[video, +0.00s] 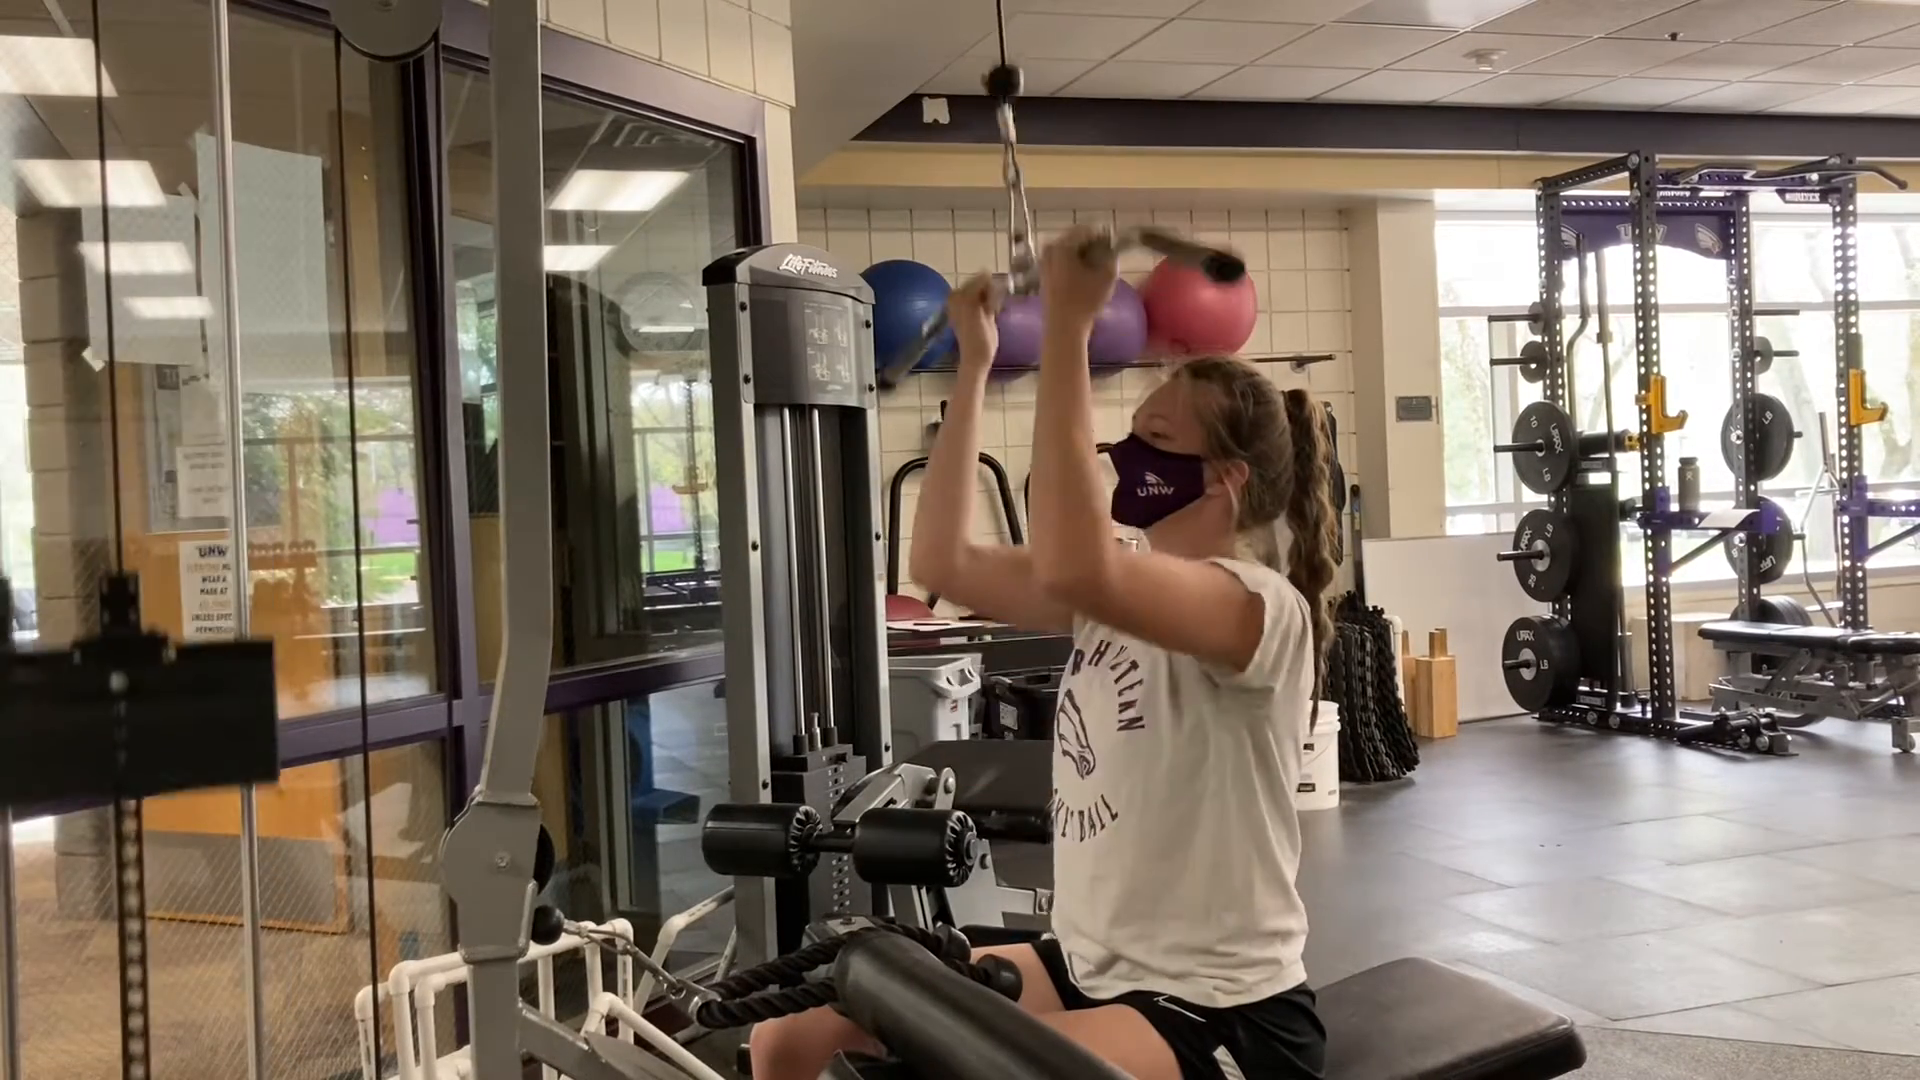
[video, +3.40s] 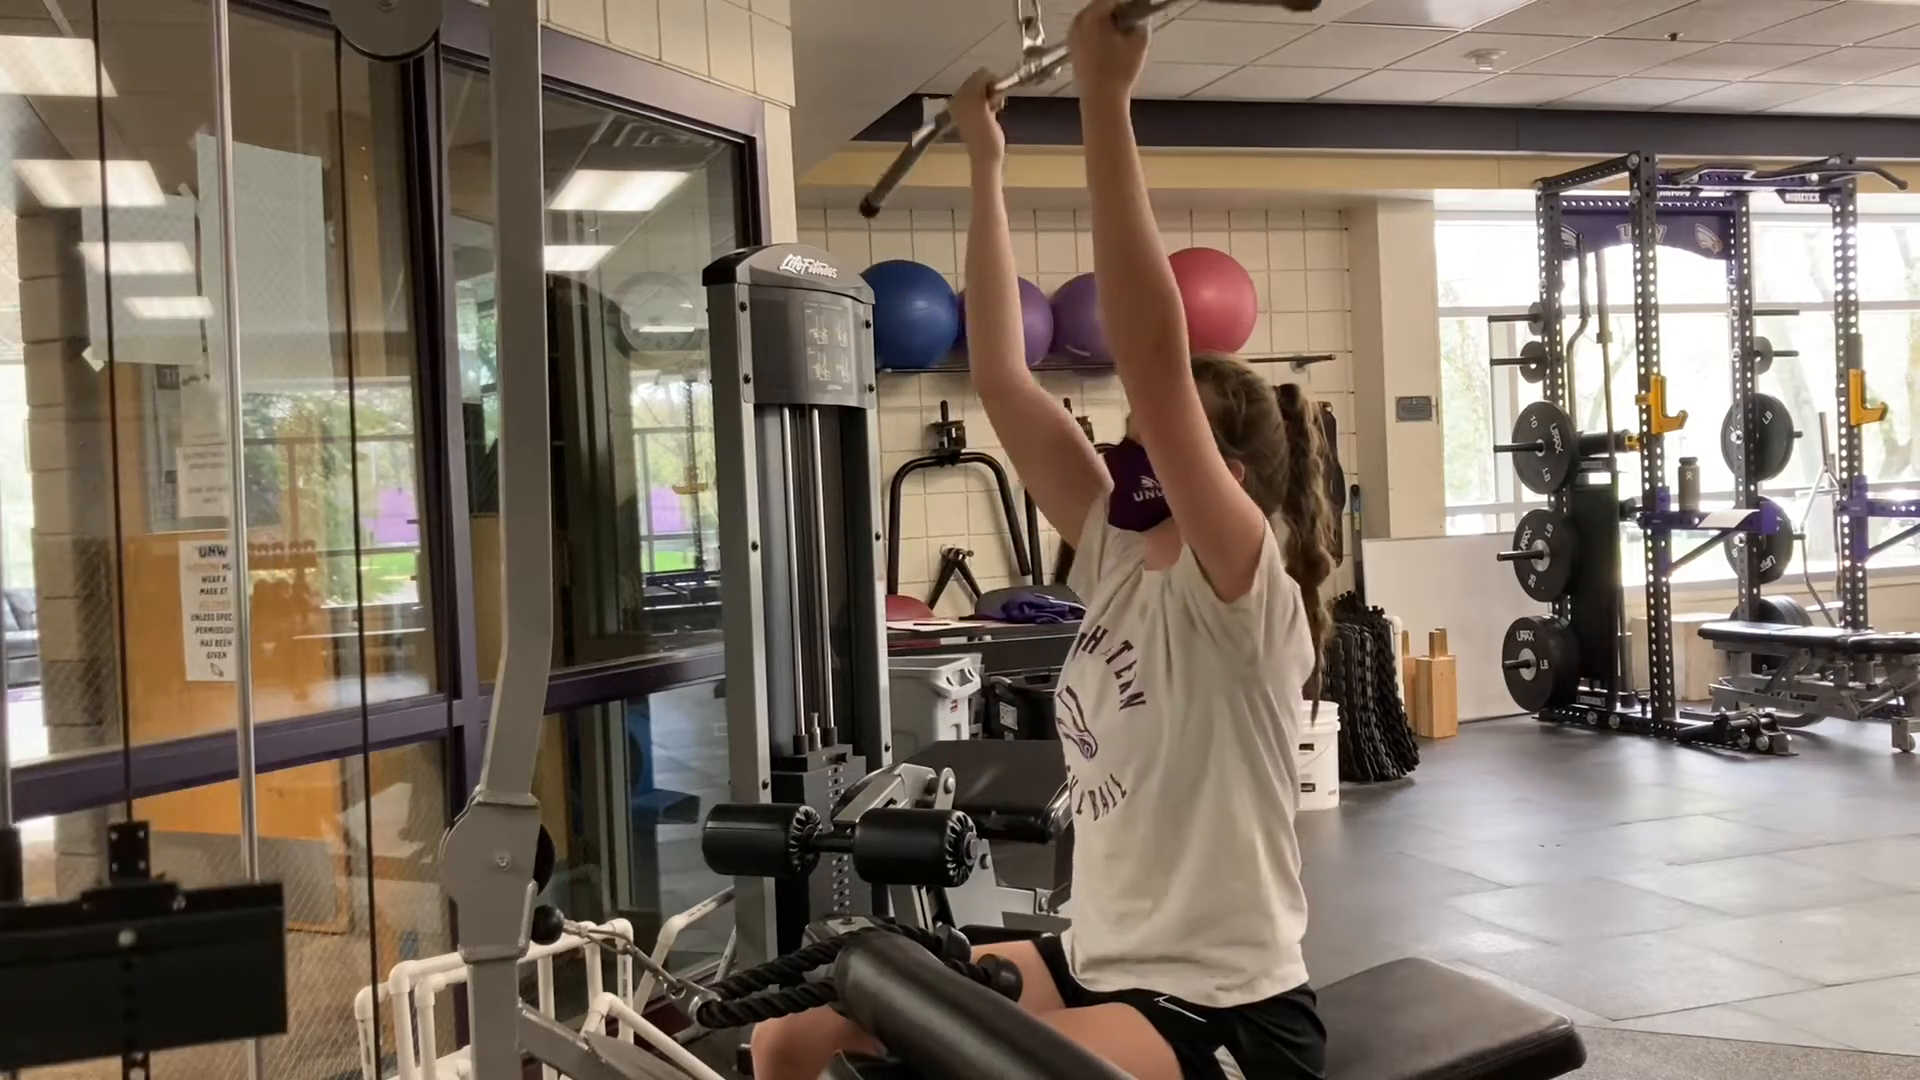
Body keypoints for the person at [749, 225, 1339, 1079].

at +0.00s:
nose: (1119, 462)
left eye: (1150, 449)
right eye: (1127, 443)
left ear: (1227, 481)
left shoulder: (1263, 609)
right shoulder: (1114, 580)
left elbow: (1080, 571)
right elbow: (941, 562)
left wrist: (1066, 333)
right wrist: (973, 366)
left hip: (1224, 1011)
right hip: (1090, 964)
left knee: (975, 1066)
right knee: (790, 1041)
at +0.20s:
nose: (1128, 445)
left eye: (1158, 437)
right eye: (1133, 428)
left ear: (1227, 479)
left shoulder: (1256, 597)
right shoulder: (1108, 568)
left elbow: (1093, 449)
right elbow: (968, 471)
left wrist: (1074, 203)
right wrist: (986, 269)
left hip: (1222, 1010)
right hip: (1089, 964)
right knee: (788, 1038)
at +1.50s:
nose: (1114, 469)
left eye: (1142, 451)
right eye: (1118, 446)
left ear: (1223, 473)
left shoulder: (1262, 593)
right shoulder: (1109, 575)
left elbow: (1068, 596)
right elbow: (941, 581)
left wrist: (1098, 368)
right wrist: (975, 395)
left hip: (1225, 1006)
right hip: (1087, 961)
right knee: (790, 1041)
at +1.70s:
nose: (1117, 444)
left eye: (1142, 430)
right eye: (1123, 426)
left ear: (1209, 474)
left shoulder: (1263, 605)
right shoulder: (1128, 593)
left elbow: (1090, 747)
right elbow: (974, 717)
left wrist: (1101, 519)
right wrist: (987, 526)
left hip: (1224, 1002)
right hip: (1094, 960)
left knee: (970, 1060)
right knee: (788, 1042)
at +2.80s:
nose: (1123, 470)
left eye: (1152, 456)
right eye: (1128, 450)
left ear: (1229, 483)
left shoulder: (1263, 605)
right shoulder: (1125, 584)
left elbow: (1082, 618)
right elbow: (944, 609)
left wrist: (1081, 377)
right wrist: (977, 420)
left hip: (1226, 1012)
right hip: (1092, 966)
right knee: (789, 1038)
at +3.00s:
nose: (1128, 469)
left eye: (1156, 458)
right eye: (1129, 447)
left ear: (1232, 486)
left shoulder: (1269, 607)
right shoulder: (1112, 575)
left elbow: (1091, 506)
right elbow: (959, 517)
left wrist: (1085, 264)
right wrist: (982, 319)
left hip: (1225, 1009)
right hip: (1091, 964)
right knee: (786, 1039)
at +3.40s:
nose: (1143, 443)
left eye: (1172, 419)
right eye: (1146, 421)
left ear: (1233, 453)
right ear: (1145, 435)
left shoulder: (1251, 586)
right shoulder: (1107, 549)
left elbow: (1154, 361)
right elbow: (1000, 370)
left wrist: (1105, 97)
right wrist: (984, 158)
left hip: (1224, 1010)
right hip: (1095, 971)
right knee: (791, 1041)